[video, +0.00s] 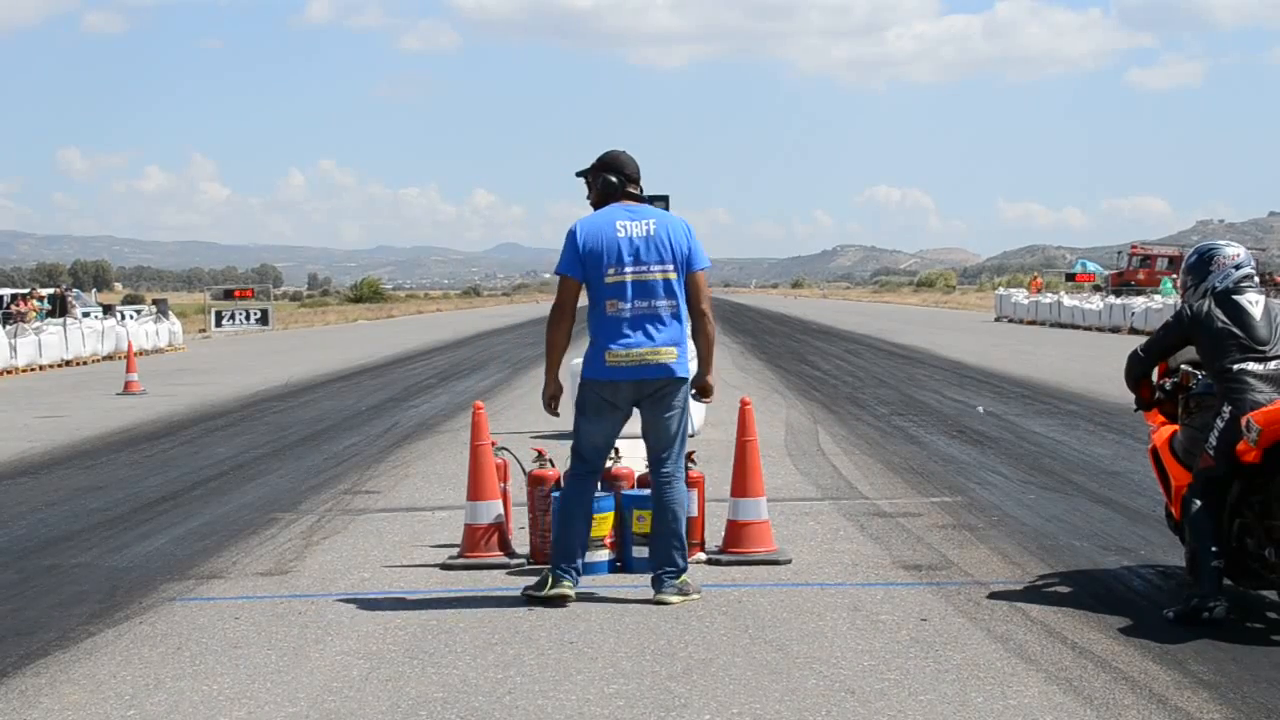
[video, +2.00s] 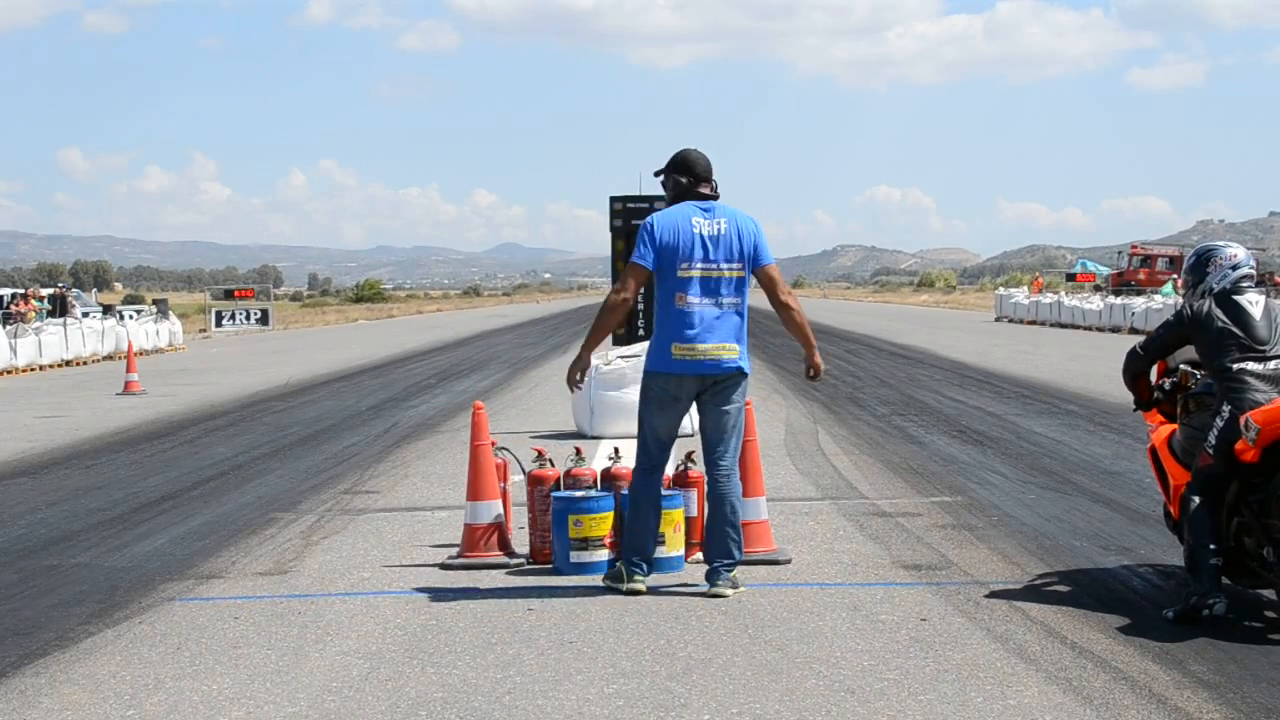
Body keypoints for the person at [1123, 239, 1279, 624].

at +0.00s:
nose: (1185, 288)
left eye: (1187, 280)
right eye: (1185, 281)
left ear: (1201, 277)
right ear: (1242, 268)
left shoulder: (1198, 310)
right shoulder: (1270, 304)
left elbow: (1140, 359)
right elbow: (1259, 354)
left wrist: (1146, 394)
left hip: (1244, 405)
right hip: (1279, 399)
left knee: (1200, 495)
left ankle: (1206, 595)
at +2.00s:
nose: (1186, 287)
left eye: (1189, 280)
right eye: (1186, 280)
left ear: (1203, 277)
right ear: (1244, 269)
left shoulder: (1198, 309)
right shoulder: (1271, 304)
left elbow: (1136, 359)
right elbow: (1257, 353)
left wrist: (1148, 399)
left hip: (1243, 403)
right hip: (1279, 398)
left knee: (1199, 492)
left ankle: (1205, 591)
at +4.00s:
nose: (1167, 282)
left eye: (1169, 275)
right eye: (1169, 275)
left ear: (1176, 275)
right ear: (1217, 274)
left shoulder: (1166, 310)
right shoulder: (1247, 308)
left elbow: (1105, 355)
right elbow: (1275, 344)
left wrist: (1119, 389)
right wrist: (1267, 369)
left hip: (1209, 401)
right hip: (1261, 392)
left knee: (1162, 480)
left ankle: (1165, 570)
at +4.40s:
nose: (1163, 283)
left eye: (1164, 277)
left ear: (1169, 278)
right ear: (1213, 276)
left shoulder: (1158, 312)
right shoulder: (1238, 310)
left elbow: (1101, 354)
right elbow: (1271, 344)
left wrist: (1109, 380)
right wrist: (1253, 370)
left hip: (1199, 399)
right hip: (1251, 391)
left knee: (1158, 477)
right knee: (1267, 464)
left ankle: (1164, 559)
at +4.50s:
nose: (1162, 286)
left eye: (1164, 280)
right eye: (1163, 280)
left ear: (1172, 279)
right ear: (1212, 276)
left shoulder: (1162, 311)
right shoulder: (1241, 311)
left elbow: (1107, 351)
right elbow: (1250, 350)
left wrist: (1111, 380)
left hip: (1199, 402)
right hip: (1244, 400)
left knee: (1149, 478)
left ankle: (1165, 546)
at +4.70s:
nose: (1160, 289)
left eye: (1160, 282)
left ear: (1166, 282)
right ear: (1198, 280)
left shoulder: (1157, 314)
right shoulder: (1222, 312)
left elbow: (1104, 353)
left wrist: (1116, 386)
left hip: (1169, 425)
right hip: (1223, 419)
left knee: (1144, 482)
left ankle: (1155, 559)